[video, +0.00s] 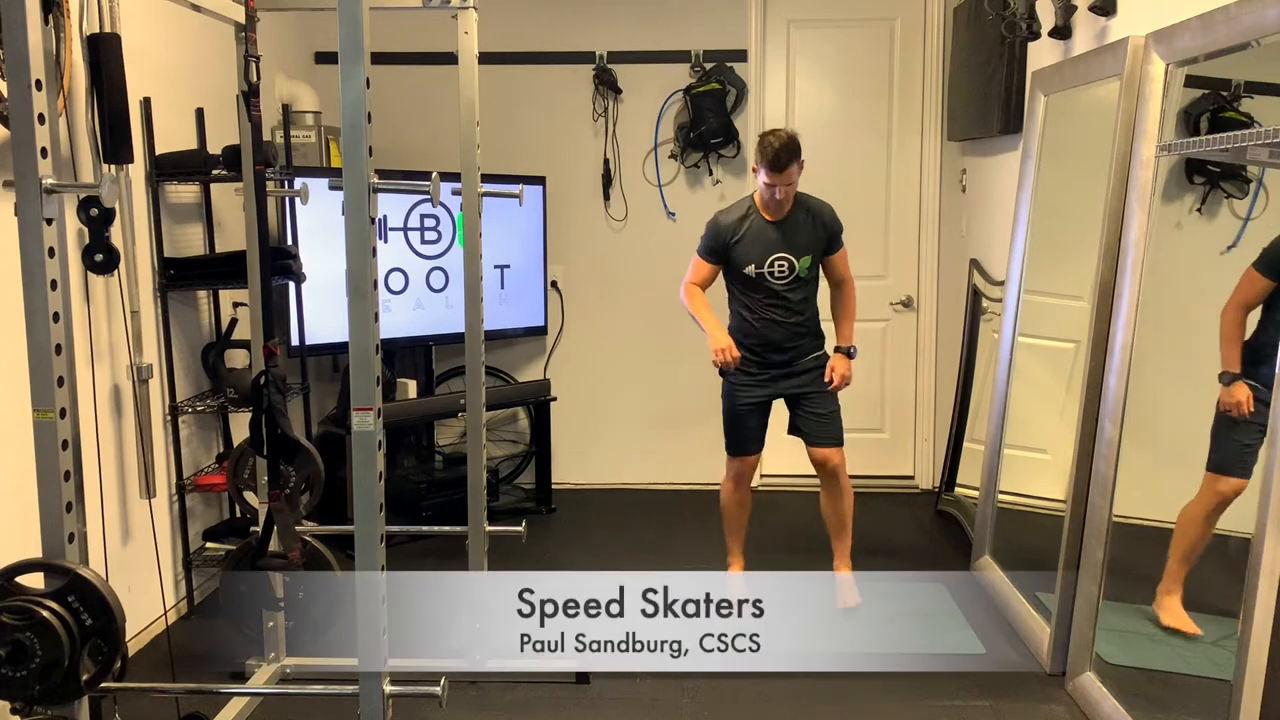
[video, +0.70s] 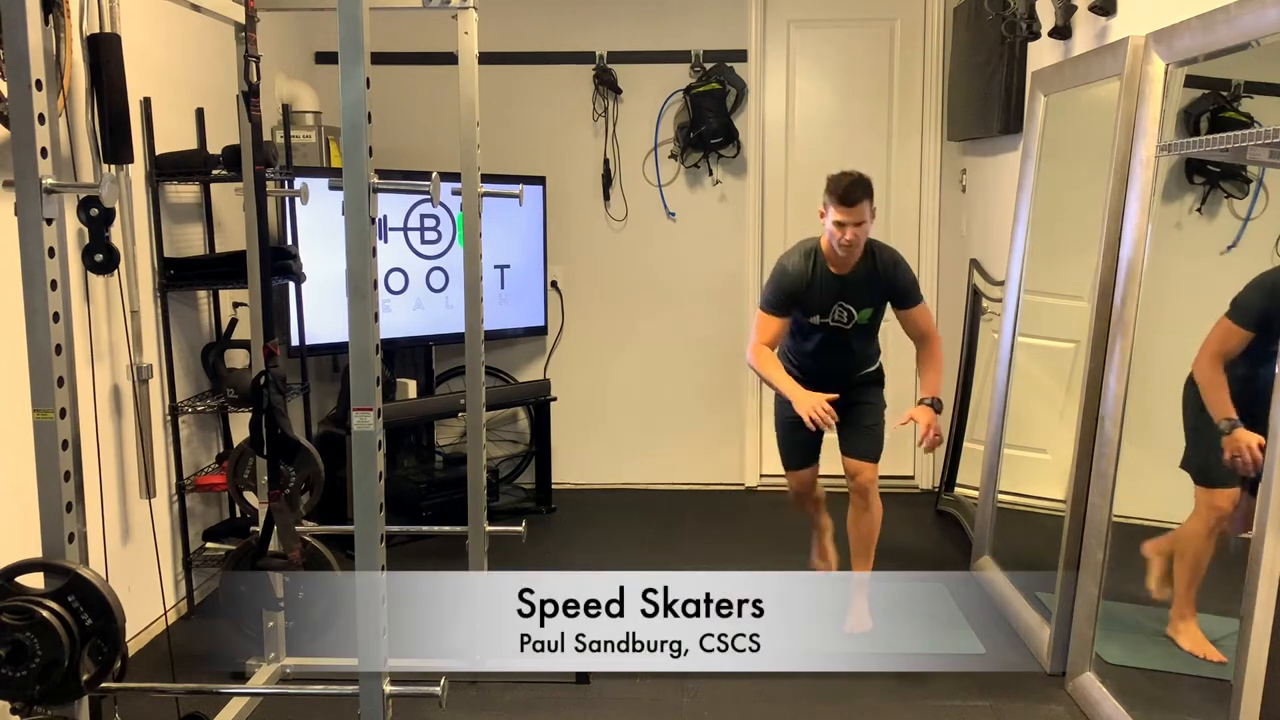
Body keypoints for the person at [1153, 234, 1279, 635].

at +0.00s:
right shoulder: (1279, 249)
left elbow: (1236, 306)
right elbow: (1236, 307)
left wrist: (1235, 377)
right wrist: (1231, 378)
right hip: (1257, 387)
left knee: (1222, 488)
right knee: (1224, 484)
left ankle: (1259, 618)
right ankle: (1168, 594)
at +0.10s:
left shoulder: (1275, 254)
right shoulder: (1278, 252)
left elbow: (1235, 307)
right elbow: (1235, 308)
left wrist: (1234, 378)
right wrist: (1231, 378)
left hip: (1266, 398)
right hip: (1257, 391)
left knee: (1222, 493)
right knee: (1223, 489)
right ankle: (1180, 604)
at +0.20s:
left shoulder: (1275, 255)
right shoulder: (1277, 253)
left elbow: (1230, 309)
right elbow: (1230, 310)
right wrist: (1227, 380)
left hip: (1265, 399)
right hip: (1255, 395)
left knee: (1222, 498)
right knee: (1221, 495)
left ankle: (1183, 611)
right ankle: (1182, 612)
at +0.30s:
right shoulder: (1275, 255)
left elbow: (1223, 314)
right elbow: (1222, 314)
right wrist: (1219, 386)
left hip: (1268, 404)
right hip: (1251, 397)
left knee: (1223, 498)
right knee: (1222, 495)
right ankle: (1182, 616)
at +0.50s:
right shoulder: (1270, 270)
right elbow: (1209, 331)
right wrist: (1211, 408)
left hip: (1265, 406)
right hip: (1221, 393)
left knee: (1274, 501)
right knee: (1214, 495)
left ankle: (1244, 592)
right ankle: (1181, 617)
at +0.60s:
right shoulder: (1270, 278)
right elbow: (1206, 345)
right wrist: (1215, 421)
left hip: (1263, 402)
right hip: (1219, 389)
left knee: (1265, 505)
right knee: (1213, 499)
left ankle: (1206, 572)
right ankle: (1180, 619)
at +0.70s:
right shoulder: (1269, 287)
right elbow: (1207, 362)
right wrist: (1230, 428)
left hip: (1258, 398)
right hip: (1215, 388)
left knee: (1243, 514)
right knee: (1216, 504)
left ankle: (1160, 547)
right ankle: (1182, 619)